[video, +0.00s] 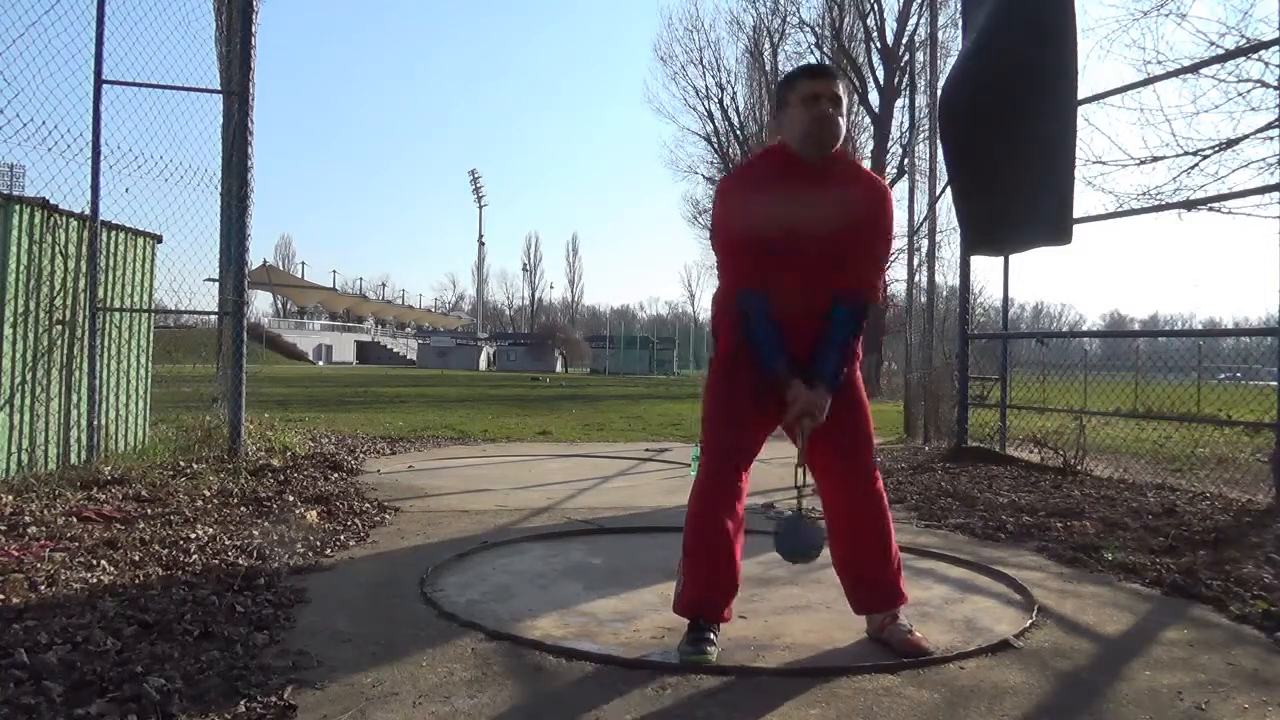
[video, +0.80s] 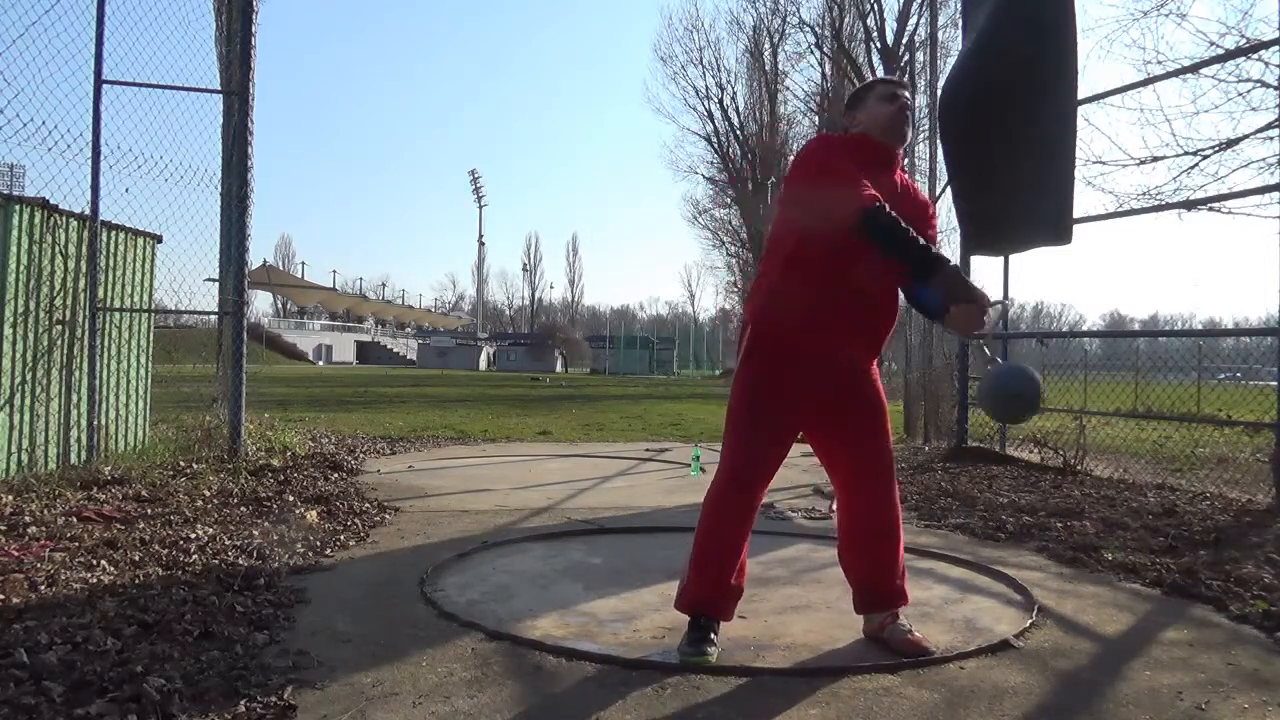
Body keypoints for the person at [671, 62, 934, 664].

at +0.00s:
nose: (828, 110)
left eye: (835, 101)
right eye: (812, 101)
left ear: (846, 114)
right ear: (781, 115)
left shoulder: (869, 191)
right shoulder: (742, 186)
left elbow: (859, 294)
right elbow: (744, 288)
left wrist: (824, 381)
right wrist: (784, 378)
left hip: (831, 350)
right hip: (750, 344)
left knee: (858, 477)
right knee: (721, 474)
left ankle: (886, 616)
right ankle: (703, 620)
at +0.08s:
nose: (819, 100)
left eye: (826, 91)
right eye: (804, 91)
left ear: (836, 106)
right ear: (772, 105)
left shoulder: (864, 180)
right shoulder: (742, 174)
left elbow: (863, 276)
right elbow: (751, 272)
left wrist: (842, 356)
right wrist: (802, 351)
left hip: (833, 354)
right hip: (750, 353)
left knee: (861, 477)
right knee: (719, 479)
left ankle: (885, 614)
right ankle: (704, 617)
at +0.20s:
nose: (814, 89)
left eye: (821, 82)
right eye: (798, 81)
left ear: (833, 102)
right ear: (770, 101)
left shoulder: (861, 173)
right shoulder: (742, 166)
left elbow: (873, 251)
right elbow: (761, 244)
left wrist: (862, 306)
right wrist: (831, 290)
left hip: (829, 354)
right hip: (749, 354)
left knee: (860, 480)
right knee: (720, 483)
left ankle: (884, 614)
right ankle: (704, 619)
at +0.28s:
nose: (816, 87)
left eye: (824, 81)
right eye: (801, 80)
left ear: (836, 100)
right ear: (772, 101)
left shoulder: (864, 170)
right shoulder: (746, 160)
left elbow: (886, 244)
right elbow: (766, 218)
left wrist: (877, 275)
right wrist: (846, 244)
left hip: (835, 360)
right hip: (751, 358)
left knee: (862, 487)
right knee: (721, 487)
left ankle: (883, 615)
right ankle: (704, 619)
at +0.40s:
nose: (830, 86)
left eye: (836, 81)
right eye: (814, 80)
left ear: (846, 101)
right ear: (782, 102)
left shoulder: (870, 166)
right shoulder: (756, 153)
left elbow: (896, 220)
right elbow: (781, 199)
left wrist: (919, 230)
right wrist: (871, 202)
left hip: (839, 360)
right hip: (756, 357)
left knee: (864, 486)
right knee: (724, 488)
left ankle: (882, 614)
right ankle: (704, 617)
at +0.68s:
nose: (881, 100)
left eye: (887, 95)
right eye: (867, 90)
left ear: (890, 116)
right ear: (832, 105)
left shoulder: (900, 183)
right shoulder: (801, 152)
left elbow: (924, 242)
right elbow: (856, 194)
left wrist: (962, 253)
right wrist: (930, 221)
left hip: (848, 360)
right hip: (770, 351)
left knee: (870, 484)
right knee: (736, 482)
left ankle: (882, 618)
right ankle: (704, 618)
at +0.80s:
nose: (904, 109)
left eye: (909, 105)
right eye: (889, 99)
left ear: (909, 128)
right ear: (851, 114)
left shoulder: (914, 202)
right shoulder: (821, 157)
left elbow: (917, 277)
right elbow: (872, 220)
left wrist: (953, 309)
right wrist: (946, 277)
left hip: (851, 361)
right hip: (778, 348)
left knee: (874, 483)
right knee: (741, 479)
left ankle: (882, 617)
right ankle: (703, 619)